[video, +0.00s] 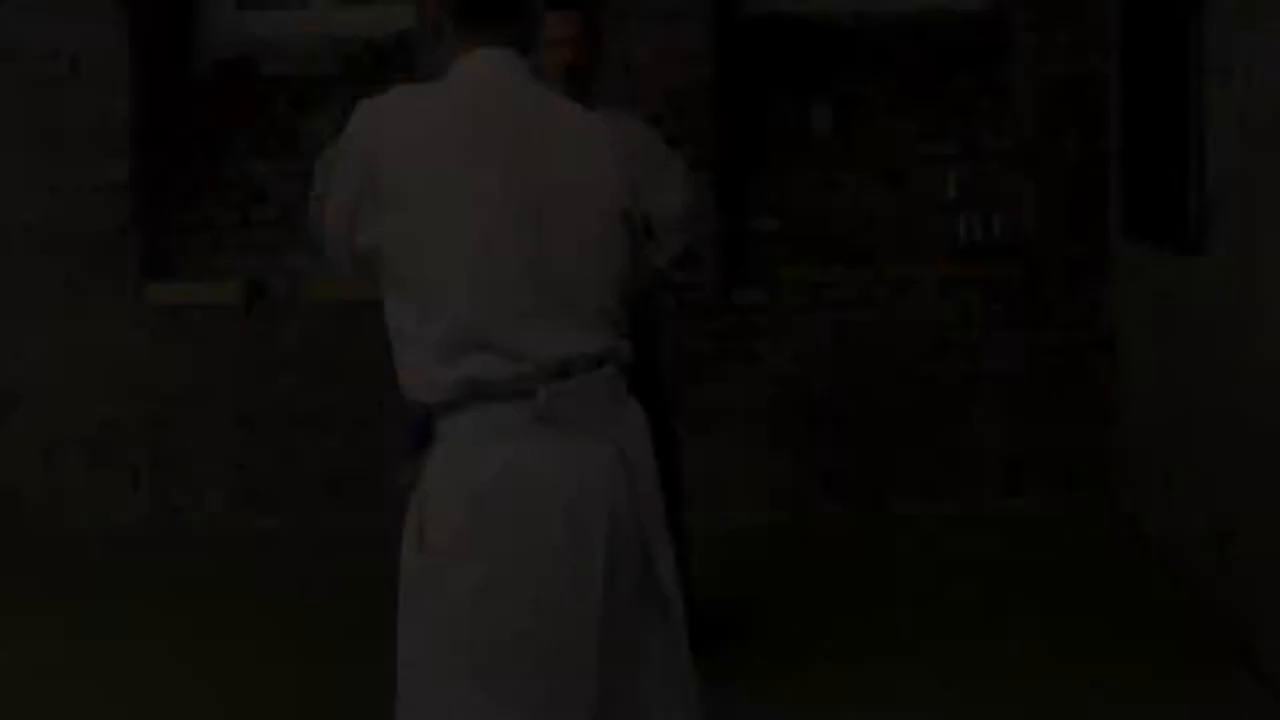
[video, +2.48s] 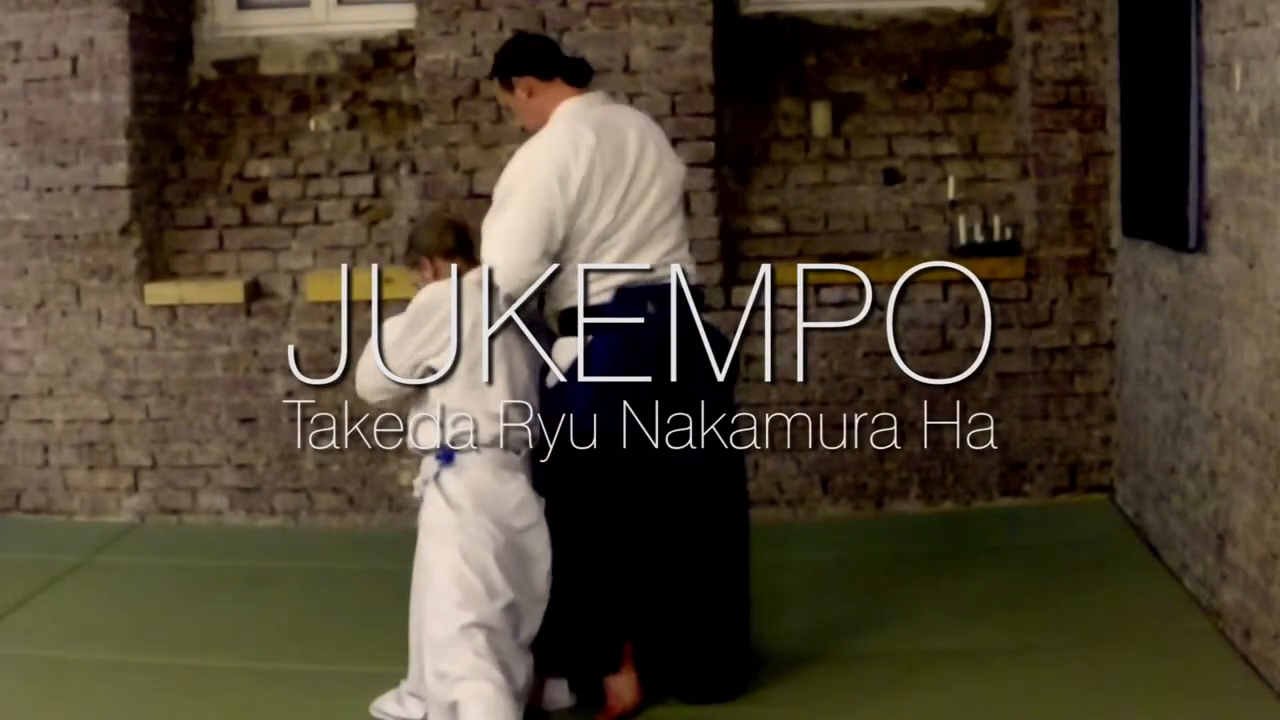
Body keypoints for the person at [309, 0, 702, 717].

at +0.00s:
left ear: (434, 23)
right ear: (534, 25)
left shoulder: (386, 129)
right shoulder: (601, 139)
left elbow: (333, 238)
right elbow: (684, 231)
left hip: (469, 464)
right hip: (600, 458)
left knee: (464, 686)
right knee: (614, 678)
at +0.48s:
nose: (483, 121)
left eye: (485, 110)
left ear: (490, 119)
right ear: (568, 108)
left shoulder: (482, 210)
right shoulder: (624, 203)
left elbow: (412, 285)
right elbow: (707, 277)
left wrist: (446, 217)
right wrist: (615, 284)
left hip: (542, 466)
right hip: (632, 452)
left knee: (497, 671)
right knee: (604, 661)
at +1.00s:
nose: (530, 185)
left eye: (533, 173)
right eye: (530, 173)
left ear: (553, 176)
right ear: (609, 171)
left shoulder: (551, 264)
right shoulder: (647, 265)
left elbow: (437, 270)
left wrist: (498, 233)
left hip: (525, 505)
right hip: (585, 497)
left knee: (470, 688)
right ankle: (603, 698)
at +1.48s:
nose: (483, 270)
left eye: (485, 261)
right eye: (483, 262)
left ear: (495, 264)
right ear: (546, 256)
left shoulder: (492, 324)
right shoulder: (575, 322)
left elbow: (413, 343)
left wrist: (479, 303)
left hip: (480, 527)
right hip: (544, 525)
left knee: (460, 679)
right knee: (512, 671)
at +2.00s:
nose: (433, 269)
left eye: (432, 260)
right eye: (431, 260)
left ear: (443, 255)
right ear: (490, 247)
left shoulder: (459, 296)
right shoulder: (533, 300)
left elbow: (395, 344)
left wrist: (429, 295)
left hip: (474, 484)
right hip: (529, 483)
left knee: (477, 632)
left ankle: (498, 706)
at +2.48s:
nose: (419, 282)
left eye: (419, 271)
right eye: (416, 272)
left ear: (434, 265)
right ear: (475, 258)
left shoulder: (444, 302)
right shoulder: (516, 314)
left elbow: (372, 381)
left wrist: (416, 315)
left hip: (464, 488)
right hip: (516, 486)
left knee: (459, 635)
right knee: (504, 634)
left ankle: (479, 709)